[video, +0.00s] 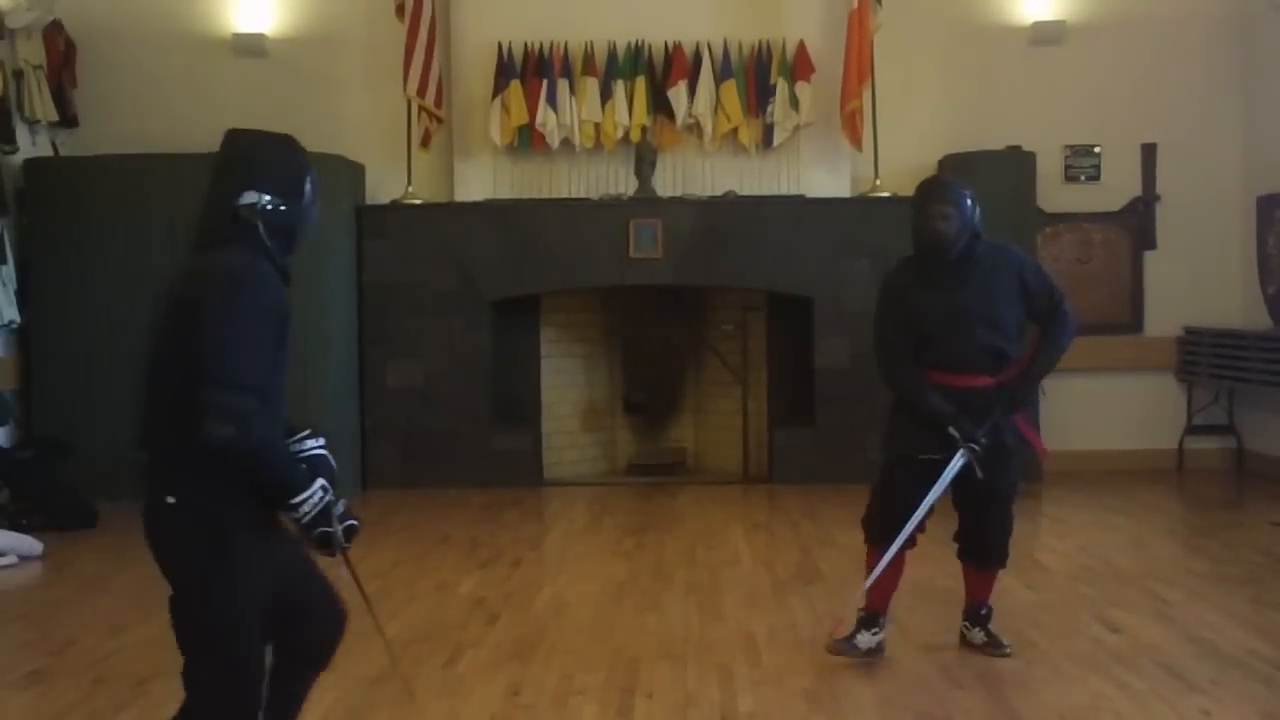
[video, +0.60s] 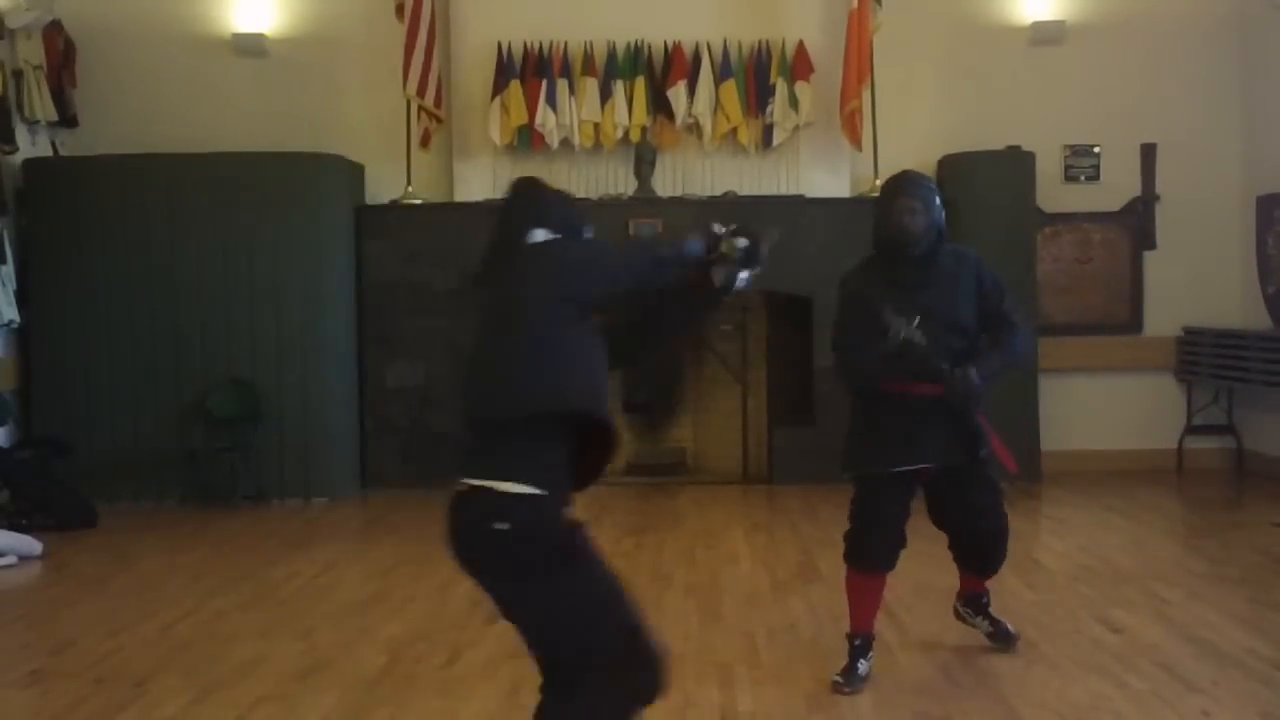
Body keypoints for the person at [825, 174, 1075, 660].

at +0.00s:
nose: (935, 227)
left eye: (946, 217)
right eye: (927, 217)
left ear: (970, 219)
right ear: (915, 221)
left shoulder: (1010, 267)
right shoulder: (903, 280)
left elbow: (1060, 323)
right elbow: (893, 362)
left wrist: (1018, 390)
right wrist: (949, 417)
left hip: (994, 410)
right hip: (924, 408)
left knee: (989, 521)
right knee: (889, 512)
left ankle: (976, 622)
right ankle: (871, 626)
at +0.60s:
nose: (905, 222)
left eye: (916, 212)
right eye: (896, 212)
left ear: (938, 217)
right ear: (879, 219)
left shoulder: (966, 272)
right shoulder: (863, 282)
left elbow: (1015, 337)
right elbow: (852, 362)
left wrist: (976, 373)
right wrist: (915, 373)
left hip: (952, 425)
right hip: (885, 427)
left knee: (983, 526)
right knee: (872, 536)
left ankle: (972, 603)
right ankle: (860, 646)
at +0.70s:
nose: (917, 222)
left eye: (927, 212)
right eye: (908, 212)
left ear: (948, 217)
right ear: (892, 219)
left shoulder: (973, 273)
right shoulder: (878, 276)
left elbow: (1011, 333)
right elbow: (876, 340)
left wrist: (963, 339)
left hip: (956, 424)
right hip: (891, 425)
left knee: (997, 526)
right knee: (878, 535)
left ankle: (980, 615)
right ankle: (859, 648)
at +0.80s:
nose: (942, 227)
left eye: (952, 216)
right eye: (930, 216)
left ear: (969, 219)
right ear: (913, 220)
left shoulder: (986, 268)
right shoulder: (894, 271)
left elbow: (1019, 312)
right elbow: (895, 307)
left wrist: (968, 303)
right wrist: (932, 259)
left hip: (973, 423)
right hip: (911, 423)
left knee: (999, 528)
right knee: (892, 533)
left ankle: (971, 624)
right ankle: (851, 645)